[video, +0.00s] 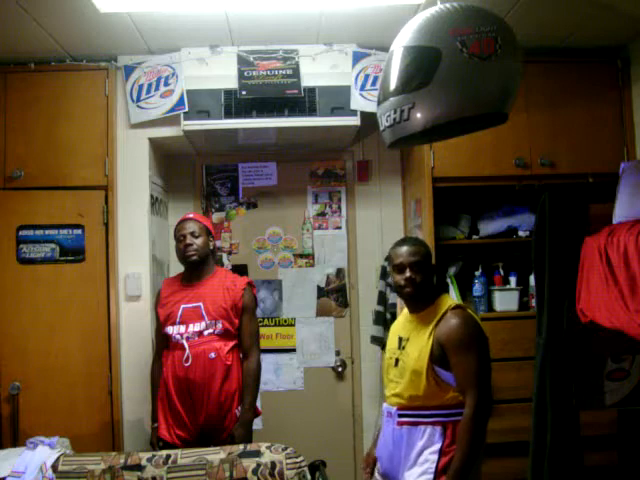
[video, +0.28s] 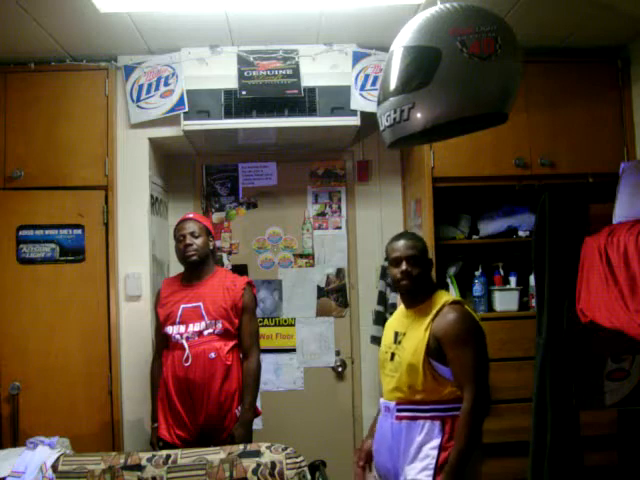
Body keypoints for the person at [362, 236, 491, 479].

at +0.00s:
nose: (408, 276)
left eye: (416, 268)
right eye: (399, 270)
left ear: (431, 270)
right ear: (390, 276)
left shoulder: (456, 324)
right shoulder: (404, 318)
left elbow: (477, 402)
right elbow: (398, 393)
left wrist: (456, 471)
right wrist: (376, 446)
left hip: (433, 441)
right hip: (393, 439)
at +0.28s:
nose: (404, 269)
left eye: (413, 261)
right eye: (396, 263)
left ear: (429, 267)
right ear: (388, 271)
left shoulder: (452, 319)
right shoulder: (399, 316)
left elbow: (475, 397)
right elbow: (396, 389)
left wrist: (452, 469)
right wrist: (371, 438)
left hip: (431, 438)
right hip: (390, 435)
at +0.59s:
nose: (409, 273)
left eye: (417, 264)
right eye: (399, 267)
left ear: (431, 267)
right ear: (390, 274)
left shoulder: (457, 323)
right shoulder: (400, 316)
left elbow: (478, 401)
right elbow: (397, 391)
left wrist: (460, 471)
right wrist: (376, 443)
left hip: (434, 439)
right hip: (392, 436)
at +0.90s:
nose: (404, 275)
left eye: (413, 267)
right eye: (395, 269)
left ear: (428, 271)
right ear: (386, 275)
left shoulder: (455, 323)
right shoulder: (401, 320)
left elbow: (481, 398)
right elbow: (395, 392)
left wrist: (457, 468)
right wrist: (371, 440)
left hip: (434, 447)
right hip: (391, 445)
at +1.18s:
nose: (409, 271)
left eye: (417, 264)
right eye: (400, 265)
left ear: (431, 268)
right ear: (390, 273)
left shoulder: (455, 314)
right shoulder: (396, 321)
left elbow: (475, 370)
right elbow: (393, 391)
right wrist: (370, 437)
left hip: (440, 434)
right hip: (394, 434)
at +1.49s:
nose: (408, 273)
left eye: (416, 265)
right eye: (399, 266)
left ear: (430, 270)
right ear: (389, 274)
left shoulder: (453, 314)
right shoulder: (395, 326)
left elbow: (475, 365)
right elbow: (392, 396)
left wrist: (451, 365)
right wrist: (364, 440)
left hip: (440, 436)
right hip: (394, 438)